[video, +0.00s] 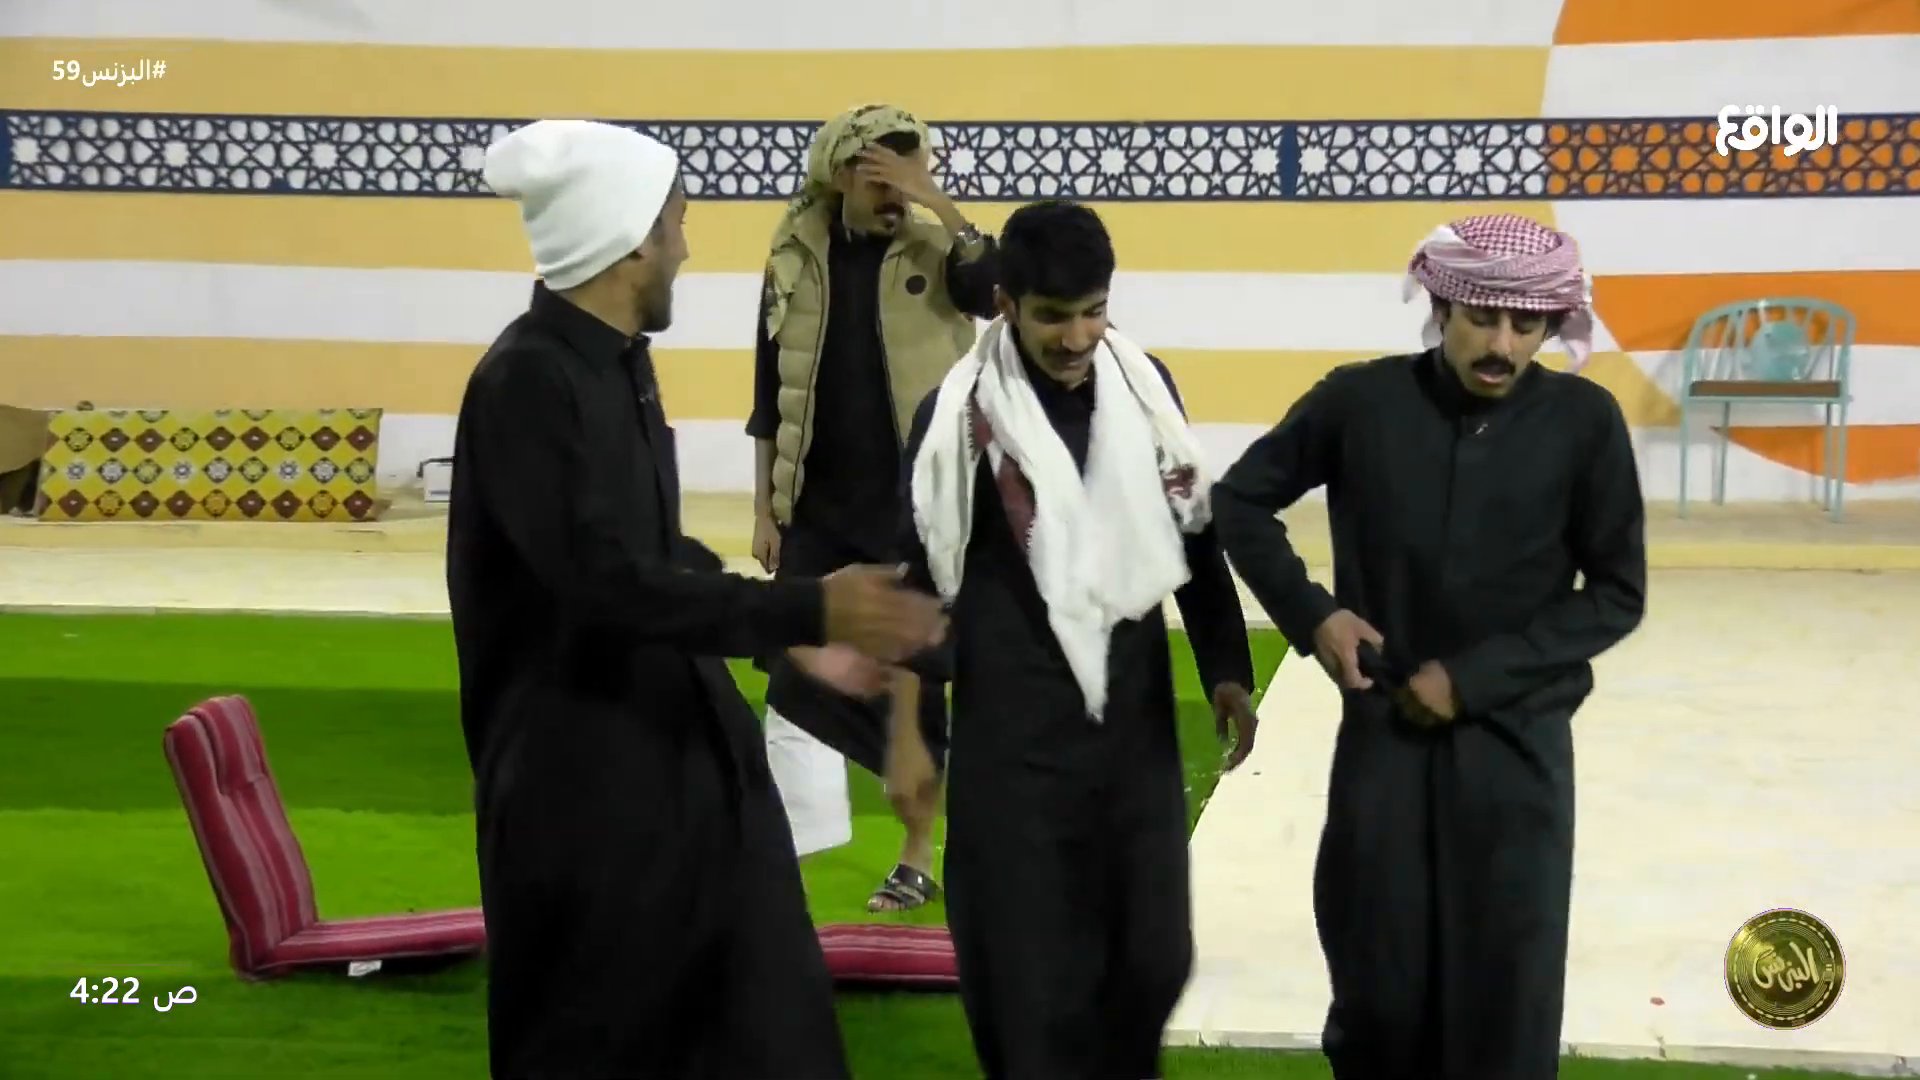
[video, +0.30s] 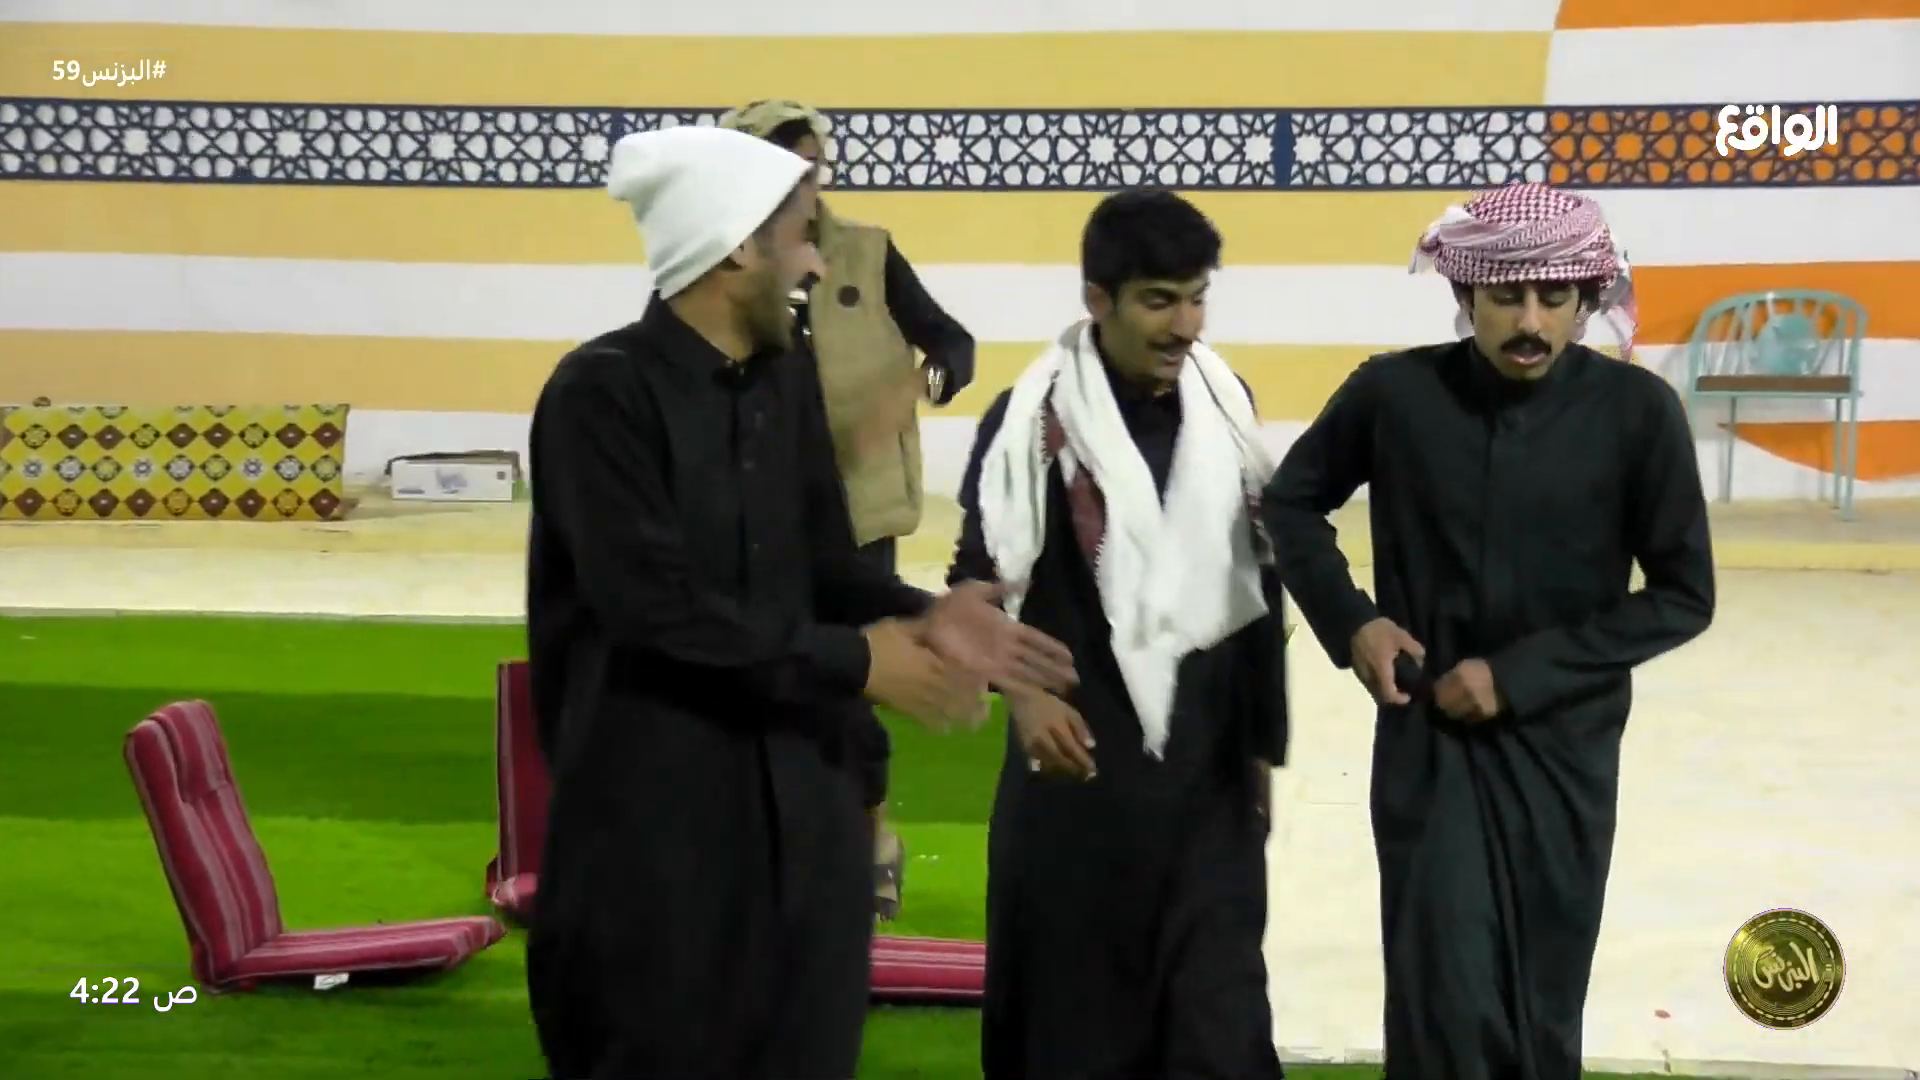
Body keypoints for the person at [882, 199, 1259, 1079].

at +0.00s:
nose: (1074, 335)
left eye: (1091, 314)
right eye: (1052, 317)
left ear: (1108, 299)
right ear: (1006, 303)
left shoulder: (1142, 382)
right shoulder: (955, 414)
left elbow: (1195, 539)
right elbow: (915, 581)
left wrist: (1228, 672)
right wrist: (908, 731)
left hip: (1134, 717)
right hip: (1010, 725)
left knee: (1155, 957)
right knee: (1028, 969)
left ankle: (1112, 1067)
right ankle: (1038, 1075)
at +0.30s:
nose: (1185, 323)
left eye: (1196, 299)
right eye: (1159, 302)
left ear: (1208, 294)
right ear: (1097, 301)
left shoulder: (1223, 397)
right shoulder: (1028, 418)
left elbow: (1254, 582)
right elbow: (978, 589)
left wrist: (1258, 749)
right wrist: (1022, 690)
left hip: (1209, 765)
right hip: (1079, 769)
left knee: (1217, 1019)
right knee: (1069, 1015)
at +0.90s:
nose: (1273, 318)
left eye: (1297, 290)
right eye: (1246, 292)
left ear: (1328, 296)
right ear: (1202, 302)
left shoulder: (1372, 431)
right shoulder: (1136, 444)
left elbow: (1418, 639)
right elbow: (1073, 631)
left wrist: (1406, 840)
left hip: (1328, 842)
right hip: (1178, 842)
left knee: (1313, 1060)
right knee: (1189, 1056)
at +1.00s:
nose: (1264, 321)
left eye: (1287, 293)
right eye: (1235, 295)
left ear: (1317, 302)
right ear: (1189, 306)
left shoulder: (1378, 439)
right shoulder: (1127, 459)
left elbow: (1436, 631)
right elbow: (1066, 659)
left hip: (1353, 852)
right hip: (1194, 855)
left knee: (1353, 1059)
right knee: (1194, 1053)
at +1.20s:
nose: (1251, 304)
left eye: (1277, 275)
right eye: (1221, 276)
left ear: (1307, 282)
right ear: (1174, 287)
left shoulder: (1367, 416)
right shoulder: (1111, 434)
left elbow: (1432, 589)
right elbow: (1100, 629)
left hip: (1349, 816)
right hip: (1186, 821)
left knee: (1356, 1034)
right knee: (1208, 1038)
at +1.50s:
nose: (1177, 294)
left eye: (1210, 268)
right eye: (1173, 266)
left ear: (1292, 287)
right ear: (1162, 272)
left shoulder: (1382, 413)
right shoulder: (1135, 412)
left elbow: (1408, 585)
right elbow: (1098, 587)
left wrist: (1304, 446)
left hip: (1315, 809)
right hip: (1159, 807)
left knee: (1306, 1044)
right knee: (1163, 1035)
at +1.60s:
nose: (1248, 335)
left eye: (1276, 305)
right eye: (1245, 306)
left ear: (1361, 315)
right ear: (1234, 309)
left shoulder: (1426, 423)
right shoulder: (1228, 444)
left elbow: (1431, 583)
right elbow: (1198, 624)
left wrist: (1297, 435)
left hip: (1408, 809)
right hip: (1267, 810)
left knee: (1383, 1041)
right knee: (1251, 1029)